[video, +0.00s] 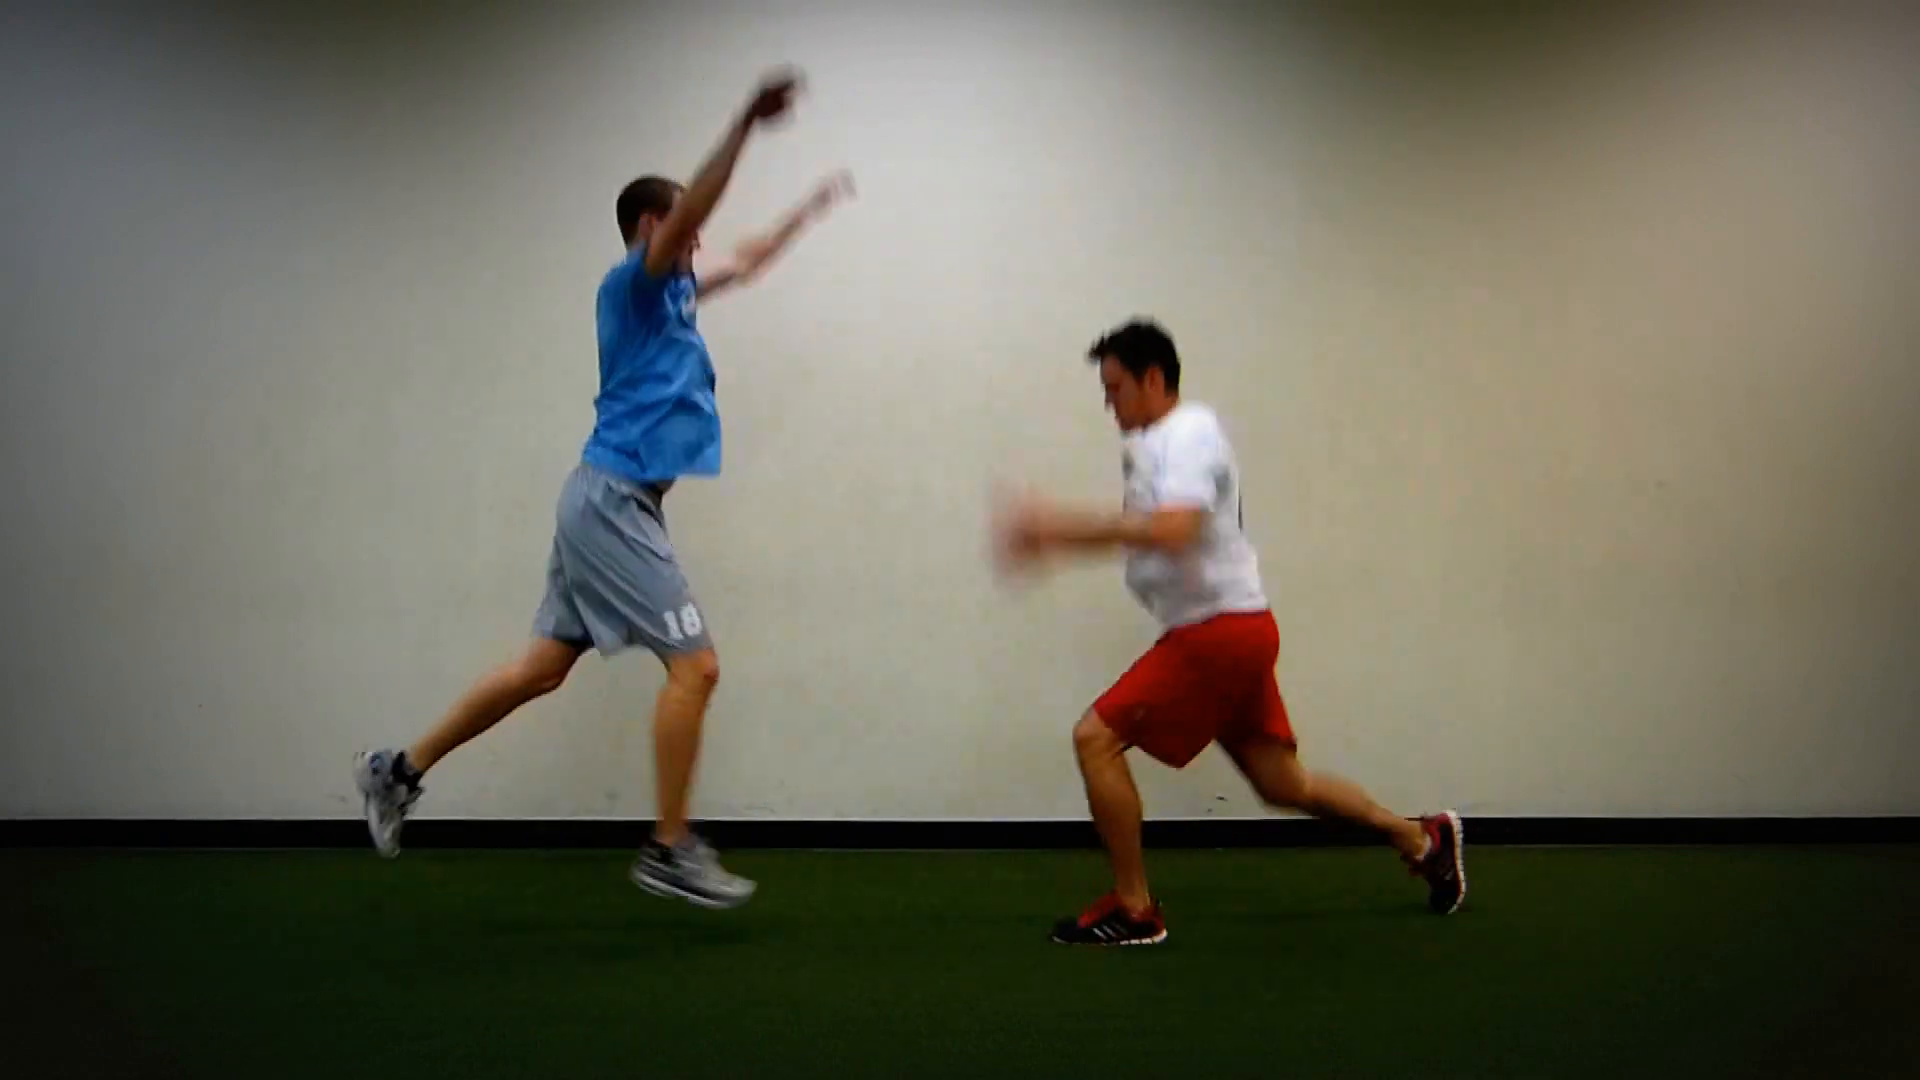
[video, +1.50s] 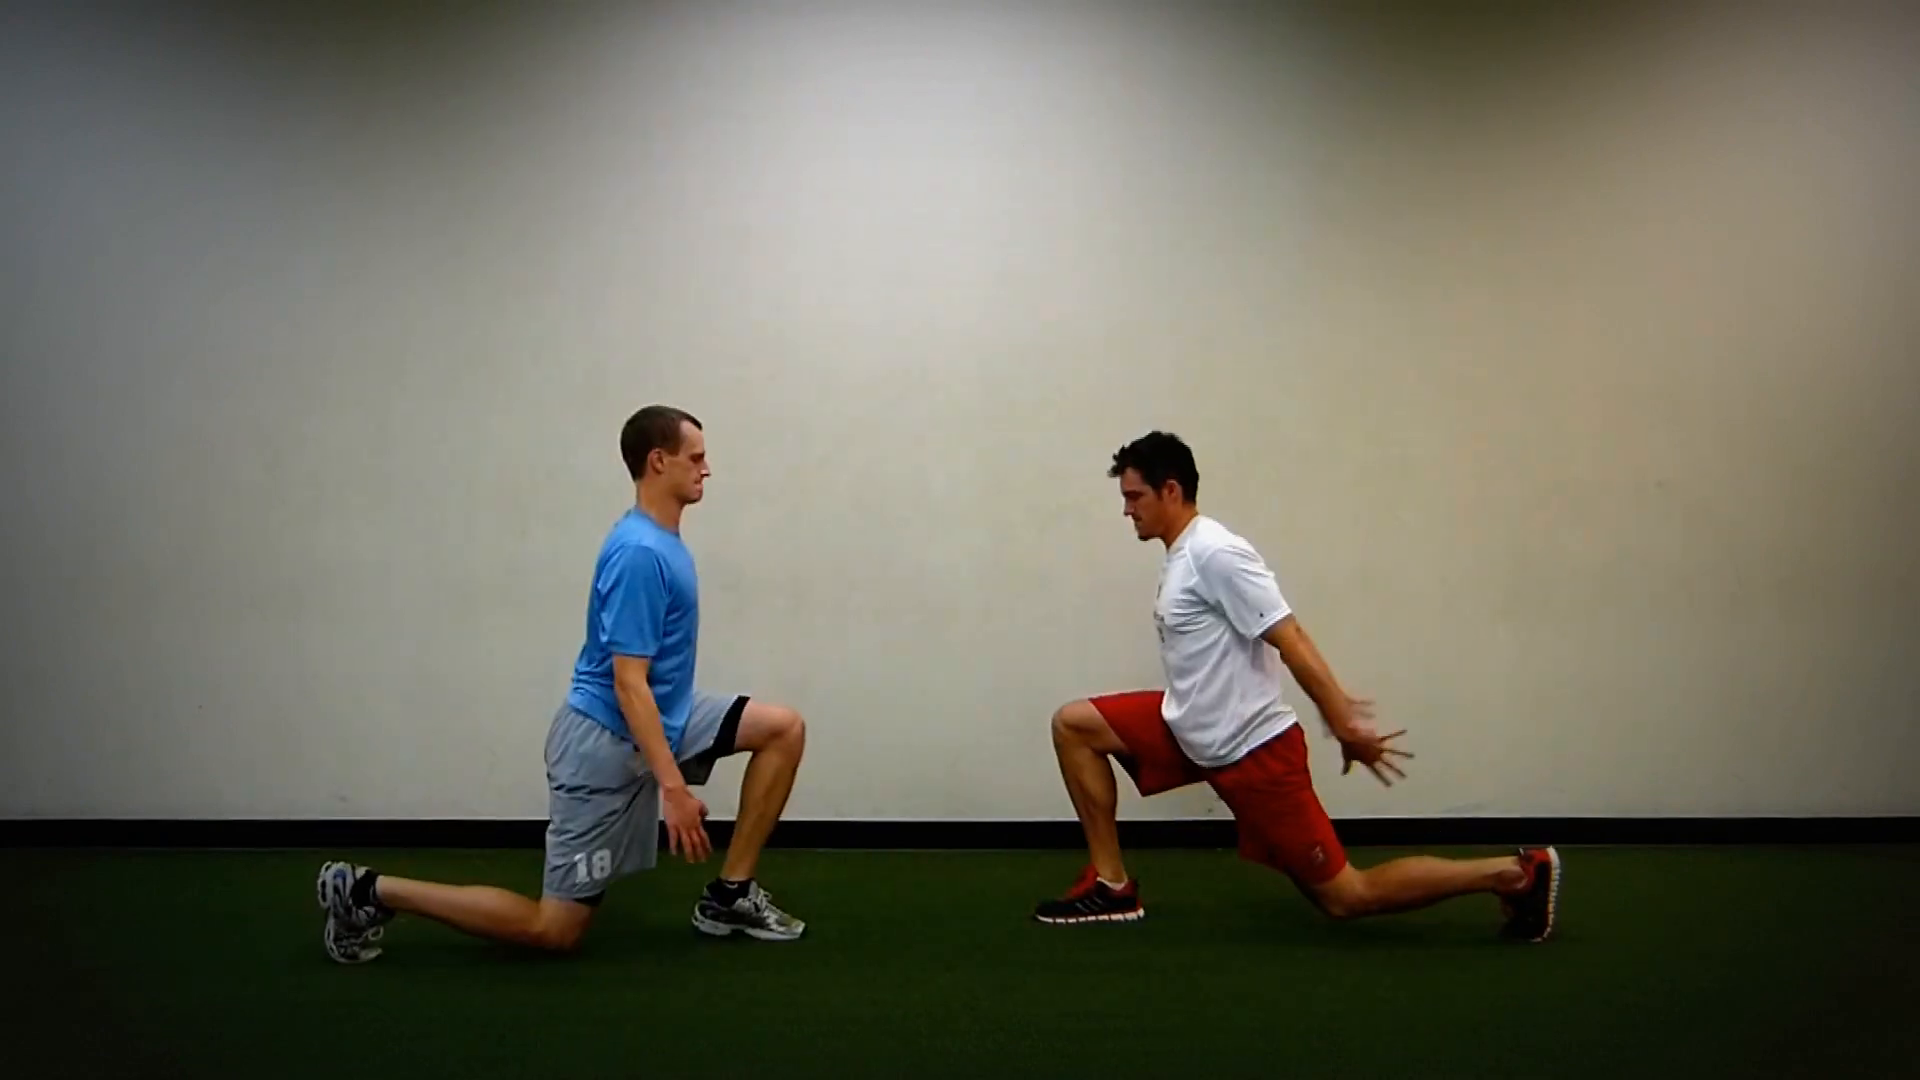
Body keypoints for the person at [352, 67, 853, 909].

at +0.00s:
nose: (696, 242)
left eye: (697, 229)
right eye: (684, 228)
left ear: (674, 235)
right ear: (645, 230)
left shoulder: (671, 293)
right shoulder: (631, 286)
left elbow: (746, 264)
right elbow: (688, 213)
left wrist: (805, 211)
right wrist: (747, 123)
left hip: (603, 502)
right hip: (612, 504)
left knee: (543, 666)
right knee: (694, 668)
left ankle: (401, 770)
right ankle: (671, 845)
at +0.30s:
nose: (710, 460)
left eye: (707, 449)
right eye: (698, 451)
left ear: (670, 462)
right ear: (660, 461)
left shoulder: (669, 539)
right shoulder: (643, 546)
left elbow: (657, 659)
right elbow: (630, 671)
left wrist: (664, 767)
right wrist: (646, 778)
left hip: (609, 716)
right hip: (611, 719)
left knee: (537, 873)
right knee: (779, 737)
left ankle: (364, 860)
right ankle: (732, 903)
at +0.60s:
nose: (697, 340)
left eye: (694, 329)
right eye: (688, 329)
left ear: (648, 334)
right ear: (653, 331)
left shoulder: (653, 402)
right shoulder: (648, 399)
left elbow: (726, 367)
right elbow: (721, 362)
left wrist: (770, 301)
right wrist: (766, 298)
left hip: (606, 606)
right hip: (625, 609)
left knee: (533, 745)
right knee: (753, 722)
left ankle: (387, 848)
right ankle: (734, 900)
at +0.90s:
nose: (709, 209)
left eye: (712, 199)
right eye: (699, 196)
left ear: (697, 207)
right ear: (665, 191)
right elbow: (658, 133)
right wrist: (673, 23)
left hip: (657, 479)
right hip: (623, 468)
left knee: (658, 655)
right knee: (595, 656)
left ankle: (618, 828)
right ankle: (444, 774)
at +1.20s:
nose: (707, 401)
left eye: (705, 388)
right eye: (698, 388)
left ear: (662, 394)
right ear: (658, 393)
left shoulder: (671, 470)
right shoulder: (637, 464)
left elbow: (673, 545)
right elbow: (630, 540)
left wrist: (721, 565)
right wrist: (702, 573)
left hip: (660, 665)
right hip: (597, 670)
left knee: (772, 728)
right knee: (535, 855)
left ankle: (731, 896)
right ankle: (342, 891)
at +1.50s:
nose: (706, 469)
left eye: (705, 458)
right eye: (696, 458)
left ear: (662, 464)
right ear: (658, 463)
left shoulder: (663, 541)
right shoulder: (637, 554)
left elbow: (646, 663)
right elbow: (631, 682)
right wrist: (673, 783)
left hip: (660, 717)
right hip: (602, 739)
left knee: (783, 731)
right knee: (556, 930)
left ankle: (731, 895)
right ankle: (365, 892)